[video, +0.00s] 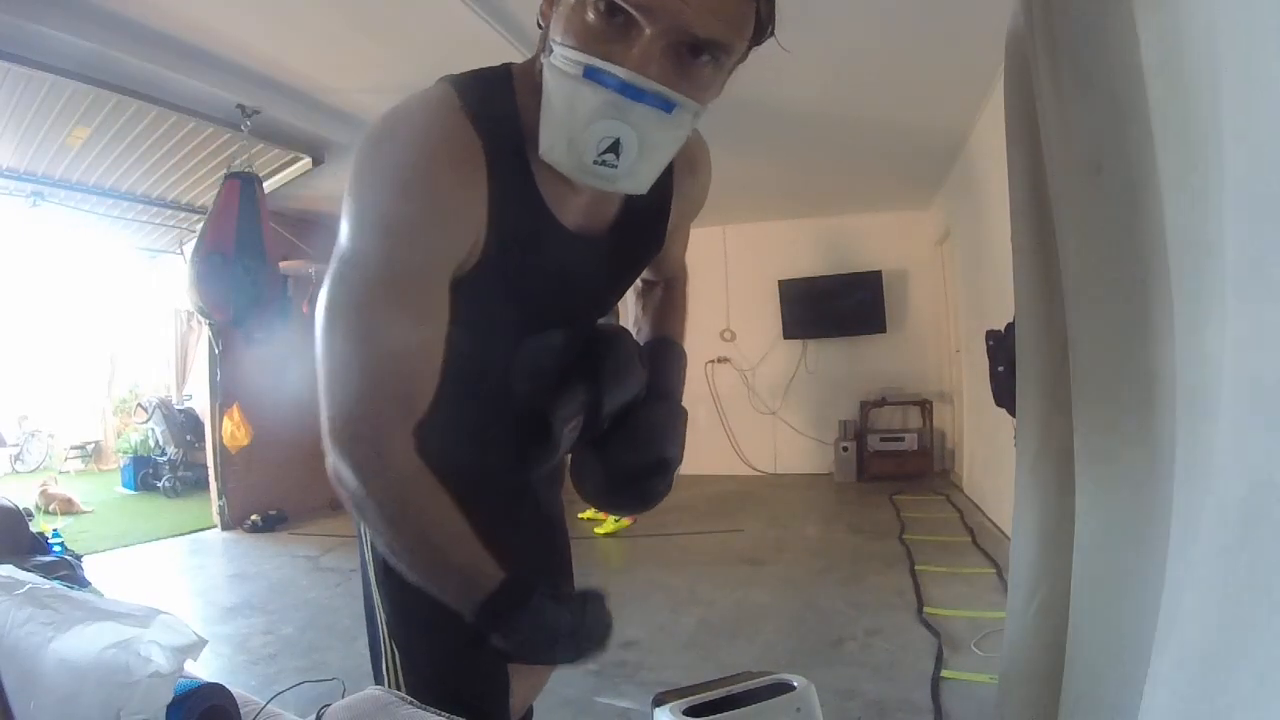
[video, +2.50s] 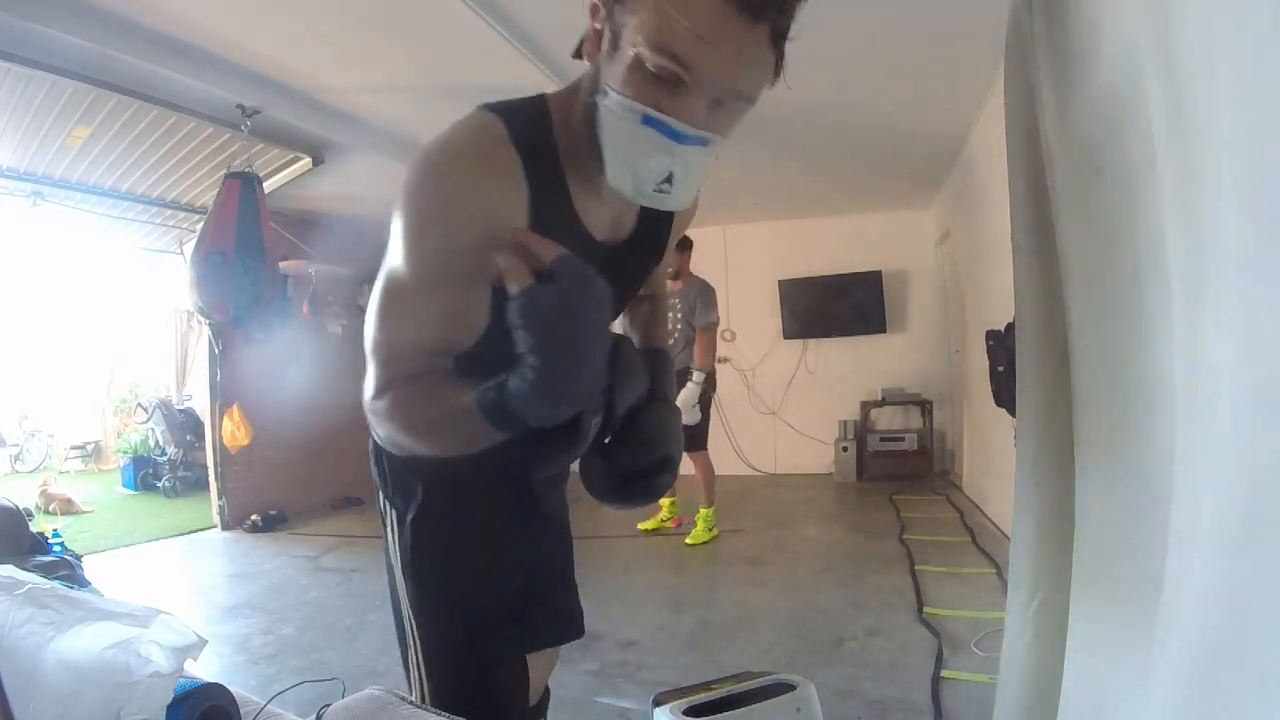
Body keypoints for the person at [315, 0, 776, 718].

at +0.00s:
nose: (635, 75)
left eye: (696, 52)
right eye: (615, 17)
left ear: (733, 72)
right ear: (554, 6)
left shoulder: (678, 169)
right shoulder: (427, 150)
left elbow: (663, 279)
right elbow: (363, 448)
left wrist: (659, 399)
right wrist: (506, 608)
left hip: (536, 465)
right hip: (425, 468)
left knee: (530, 669)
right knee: (455, 703)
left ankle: (507, 713)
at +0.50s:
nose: (629, 85)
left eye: (689, 56)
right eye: (596, 21)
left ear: (731, 56)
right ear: (515, 5)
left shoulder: (684, 169)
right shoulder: (389, 165)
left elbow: (674, 282)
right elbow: (322, 455)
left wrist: (660, 413)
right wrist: (398, 621)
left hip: (542, 486)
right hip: (407, 491)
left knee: (559, 682)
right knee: (435, 690)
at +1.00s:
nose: (695, 164)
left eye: (744, 137)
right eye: (673, 87)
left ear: (768, 124)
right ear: (563, 14)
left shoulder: (668, 179)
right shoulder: (387, 178)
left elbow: (663, 279)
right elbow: (355, 475)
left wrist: (652, 417)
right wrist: (465, 594)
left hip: (560, 516)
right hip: (425, 523)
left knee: (532, 677)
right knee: (463, 699)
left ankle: (518, 707)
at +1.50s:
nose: (695, 160)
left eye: (746, 136)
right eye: (672, 94)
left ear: (773, 125)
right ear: (577, 34)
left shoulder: (638, 176)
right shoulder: (414, 173)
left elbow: (641, 288)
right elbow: (339, 452)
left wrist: (646, 404)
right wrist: (490, 596)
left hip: (524, 480)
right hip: (409, 487)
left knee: (533, 660)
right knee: (453, 701)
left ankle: (513, 708)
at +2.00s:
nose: (685, 151)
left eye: (731, 127)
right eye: (663, 91)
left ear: (763, 112)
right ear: (585, 32)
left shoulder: (645, 180)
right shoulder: (443, 167)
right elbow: (370, 456)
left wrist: (643, 409)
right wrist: (517, 516)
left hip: (533, 466)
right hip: (417, 479)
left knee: (539, 653)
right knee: (458, 700)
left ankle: (512, 710)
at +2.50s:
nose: (686, 126)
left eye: (726, 102)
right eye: (661, 76)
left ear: (758, 94)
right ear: (597, 33)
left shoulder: (673, 180)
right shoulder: (470, 165)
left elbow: (646, 290)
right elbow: (394, 405)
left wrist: (655, 401)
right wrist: (522, 401)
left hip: (542, 446)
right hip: (439, 458)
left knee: (540, 648)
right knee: (479, 701)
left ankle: (526, 713)